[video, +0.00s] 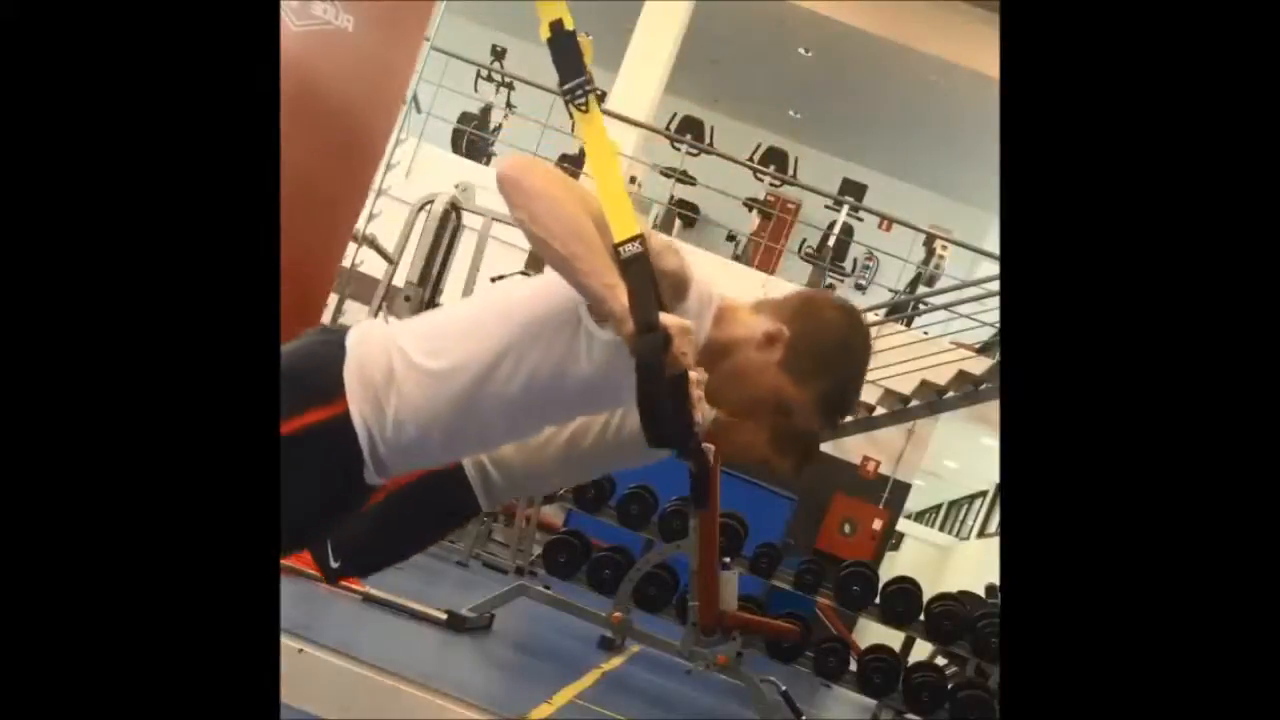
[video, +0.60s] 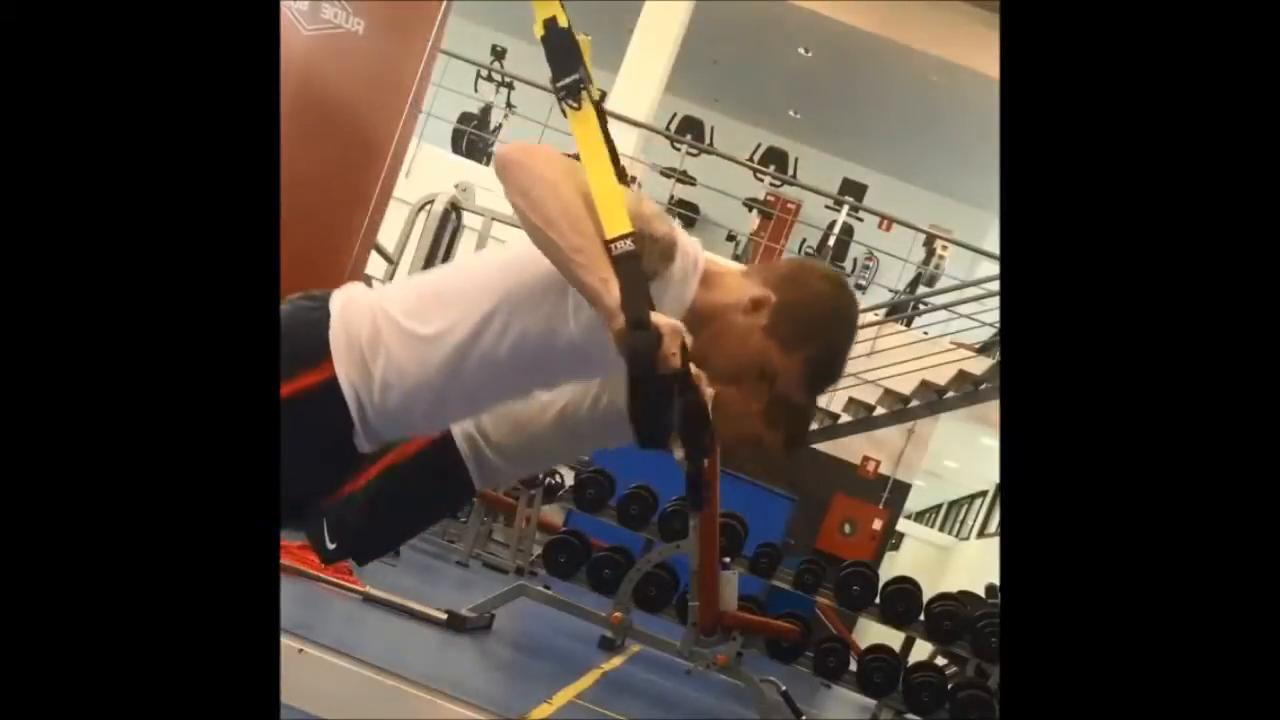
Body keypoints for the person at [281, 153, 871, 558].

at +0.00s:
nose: (755, 416)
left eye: (776, 416)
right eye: (775, 402)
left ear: (771, 338)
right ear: (771, 339)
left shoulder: (679, 363)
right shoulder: (668, 277)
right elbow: (522, 177)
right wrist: (628, 313)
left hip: (363, 451)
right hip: (334, 411)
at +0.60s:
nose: (744, 392)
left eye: (766, 391)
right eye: (763, 377)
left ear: (756, 305)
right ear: (758, 308)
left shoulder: (668, 350)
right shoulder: (658, 246)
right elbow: (522, 163)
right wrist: (625, 308)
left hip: (352, 433)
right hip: (320, 374)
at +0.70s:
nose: (731, 354)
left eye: (752, 354)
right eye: (750, 338)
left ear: (748, 258)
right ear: (748, 263)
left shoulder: (660, 305)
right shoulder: (647, 211)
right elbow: (511, 152)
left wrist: (666, 393)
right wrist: (612, 307)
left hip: (349, 414)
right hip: (311, 345)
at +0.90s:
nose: (721, 278)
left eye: (741, 274)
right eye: (738, 261)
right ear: (729, 191)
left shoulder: (633, 233)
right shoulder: (615, 140)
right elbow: (500, 139)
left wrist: (656, 372)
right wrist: (597, 289)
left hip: (345, 361)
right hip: (307, 300)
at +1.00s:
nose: (714, 243)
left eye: (735, 237)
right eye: (732, 222)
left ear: (722, 142)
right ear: (721, 147)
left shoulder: (622, 213)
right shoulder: (603, 106)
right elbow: (497, 134)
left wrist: (667, 385)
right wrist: (593, 276)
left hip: (343, 352)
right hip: (298, 287)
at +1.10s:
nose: (706, 200)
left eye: (728, 194)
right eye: (721, 177)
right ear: (700, 109)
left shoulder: (612, 173)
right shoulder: (578, 75)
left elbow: (610, 278)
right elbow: (500, 142)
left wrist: (656, 375)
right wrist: (594, 282)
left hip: (338, 342)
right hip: (295, 278)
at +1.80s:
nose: (727, 234)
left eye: (745, 228)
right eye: (741, 213)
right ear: (719, 146)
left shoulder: (624, 211)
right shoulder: (603, 115)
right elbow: (485, 132)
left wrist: (660, 396)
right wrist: (587, 281)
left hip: (353, 373)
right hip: (310, 316)